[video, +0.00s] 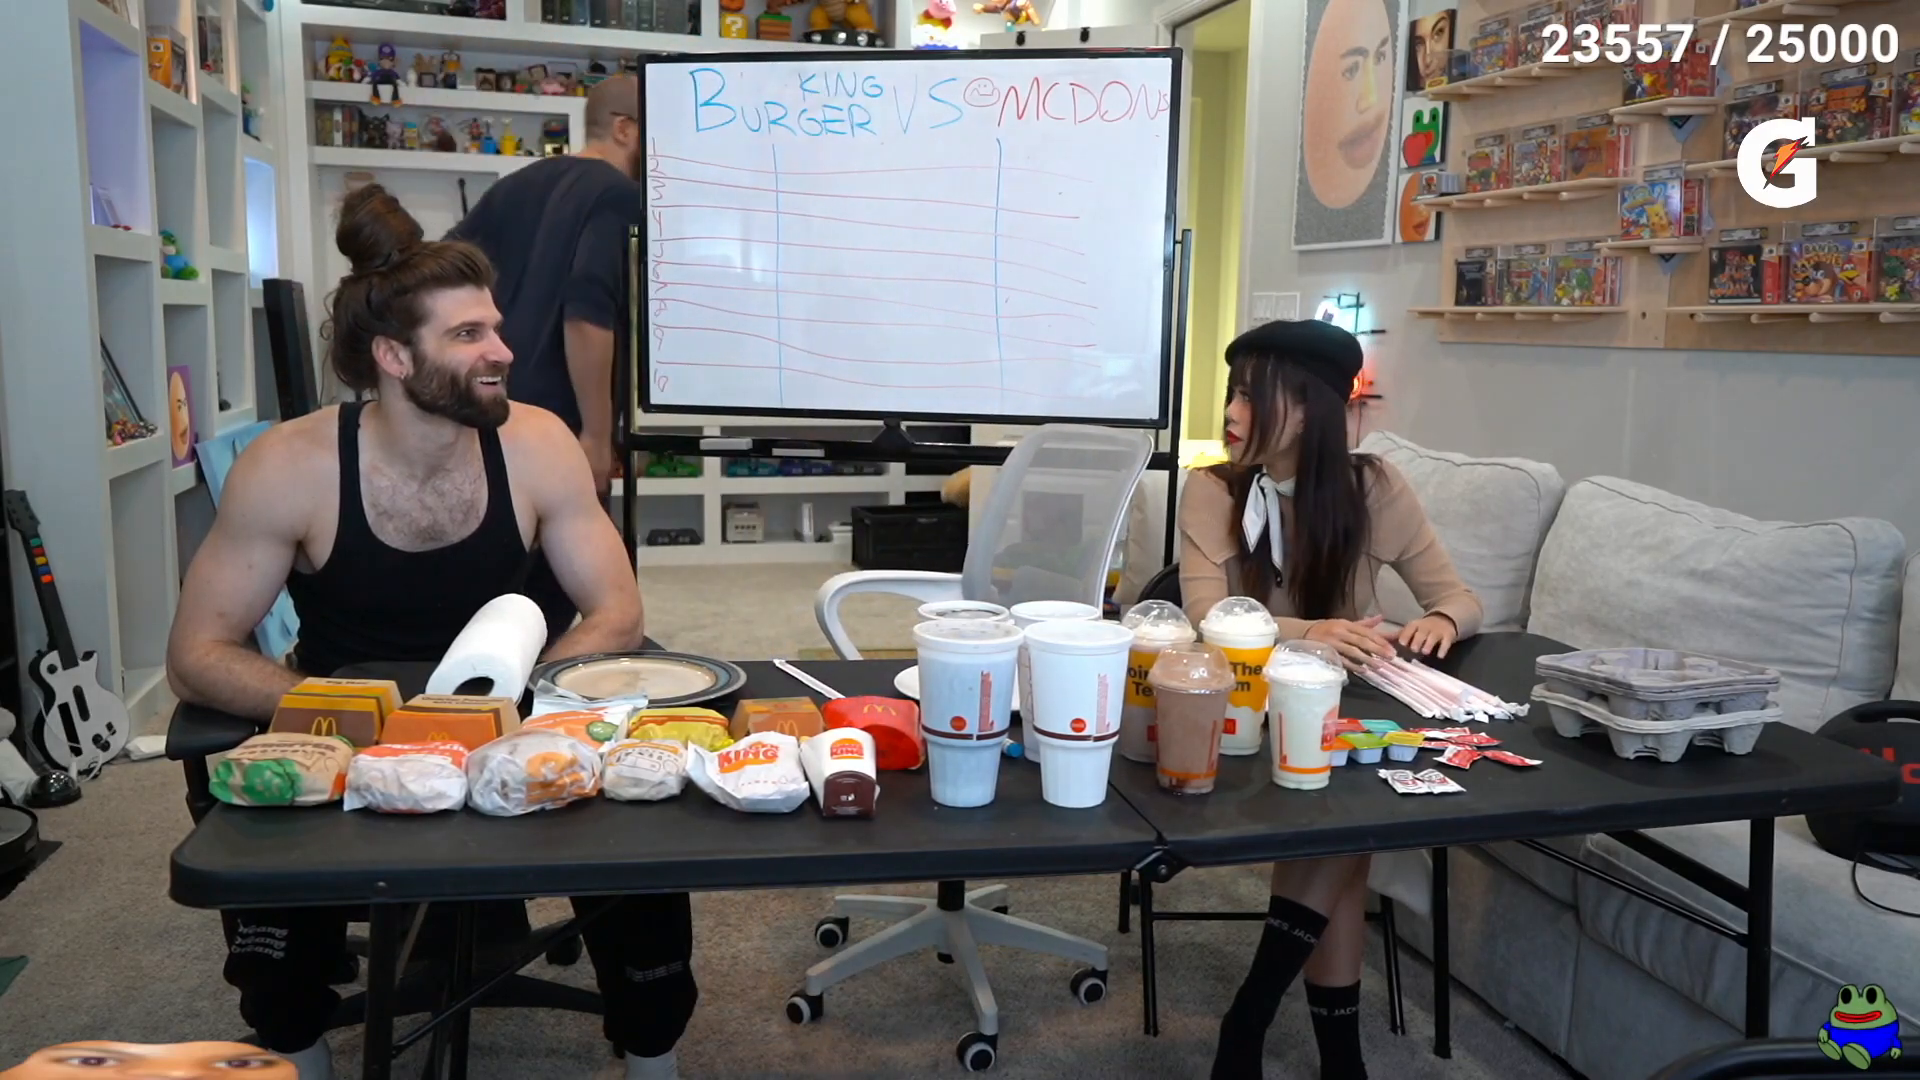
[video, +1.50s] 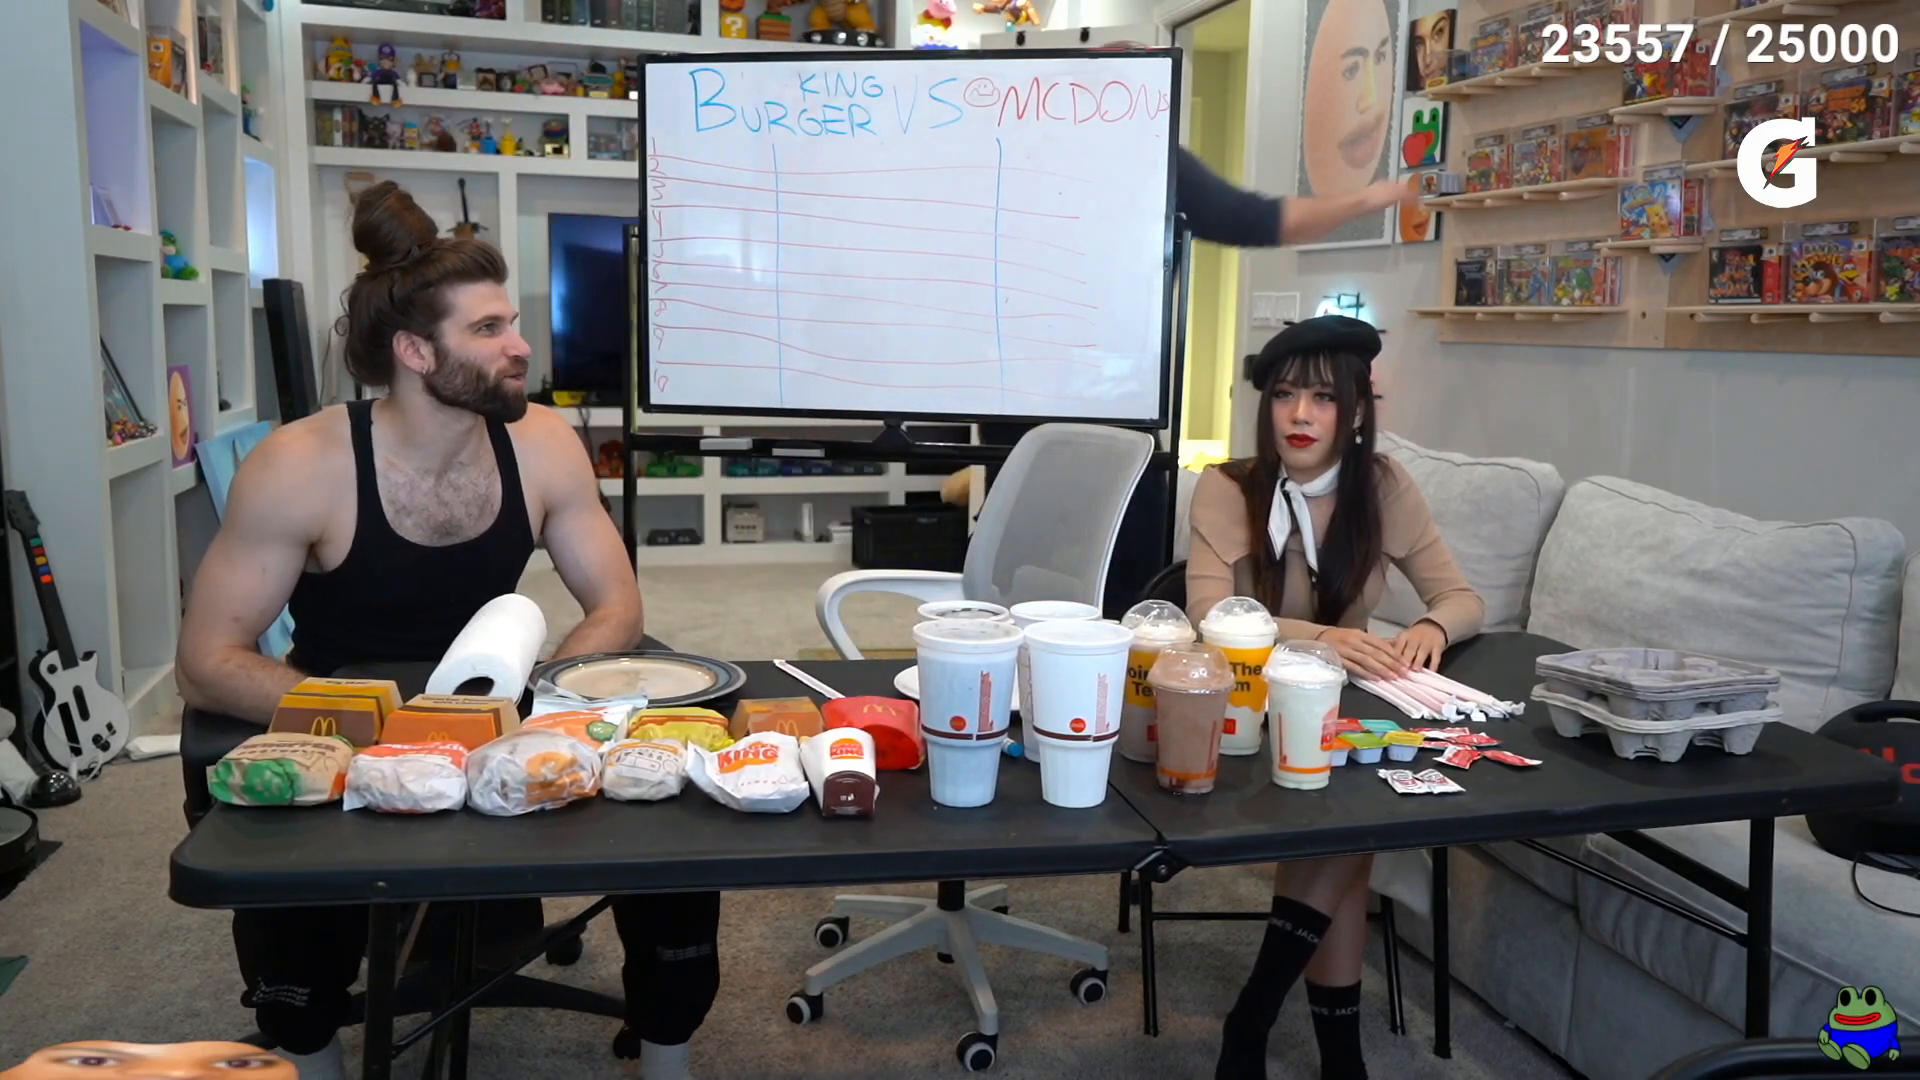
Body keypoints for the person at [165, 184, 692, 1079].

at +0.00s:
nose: (499, 351)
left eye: (497, 330)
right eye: (467, 336)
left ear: (502, 329)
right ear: (392, 358)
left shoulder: (538, 446)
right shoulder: (290, 465)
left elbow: (620, 615)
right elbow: (197, 654)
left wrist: (520, 692)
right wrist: (346, 710)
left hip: (521, 750)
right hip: (345, 759)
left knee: (639, 846)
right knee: (270, 878)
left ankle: (652, 1059)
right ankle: (297, 1060)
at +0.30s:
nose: (497, 351)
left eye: (497, 329)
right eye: (467, 335)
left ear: (501, 327)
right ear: (392, 359)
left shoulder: (538, 448)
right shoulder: (290, 465)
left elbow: (620, 614)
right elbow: (198, 653)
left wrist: (523, 685)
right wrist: (342, 708)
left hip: (510, 746)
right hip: (339, 756)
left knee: (639, 841)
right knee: (269, 880)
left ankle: (653, 1060)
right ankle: (299, 1061)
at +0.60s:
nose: (500, 351)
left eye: (499, 330)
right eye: (469, 336)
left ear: (502, 328)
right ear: (395, 359)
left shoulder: (539, 447)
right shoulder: (290, 465)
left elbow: (621, 614)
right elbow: (198, 654)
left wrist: (527, 678)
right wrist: (341, 708)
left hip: (510, 747)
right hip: (339, 757)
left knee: (638, 842)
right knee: (270, 880)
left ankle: (652, 1059)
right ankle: (299, 1060)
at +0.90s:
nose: (503, 352)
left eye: (501, 330)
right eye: (472, 337)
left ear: (504, 326)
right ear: (397, 359)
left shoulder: (540, 447)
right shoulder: (291, 466)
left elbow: (620, 614)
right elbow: (198, 654)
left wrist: (524, 682)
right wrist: (342, 709)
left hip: (508, 747)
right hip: (338, 757)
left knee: (631, 849)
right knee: (279, 885)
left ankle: (651, 1061)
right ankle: (301, 1060)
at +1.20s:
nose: (509, 352)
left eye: (506, 329)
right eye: (478, 336)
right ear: (403, 359)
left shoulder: (541, 447)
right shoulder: (290, 467)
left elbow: (620, 614)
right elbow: (196, 654)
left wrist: (524, 677)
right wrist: (342, 712)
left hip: (510, 747)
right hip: (344, 758)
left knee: (636, 839)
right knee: (303, 873)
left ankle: (661, 1060)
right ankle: (311, 1062)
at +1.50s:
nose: (518, 345)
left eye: (514, 323)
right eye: (488, 330)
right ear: (414, 352)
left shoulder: (541, 443)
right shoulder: (302, 464)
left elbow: (619, 608)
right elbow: (206, 658)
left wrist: (535, 688)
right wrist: (358, 714)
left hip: (504, 743)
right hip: (340, 751)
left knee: (673, 830)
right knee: (290, 875)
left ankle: (665, 1058)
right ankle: (309, 1062)